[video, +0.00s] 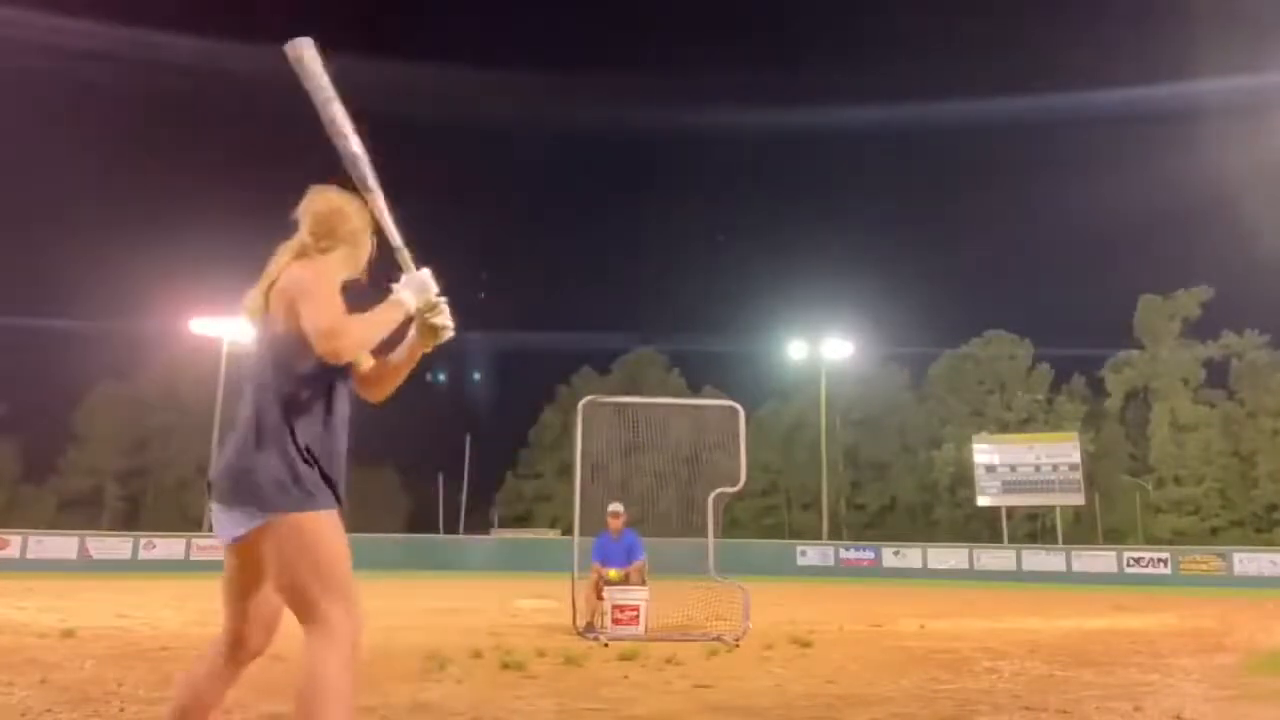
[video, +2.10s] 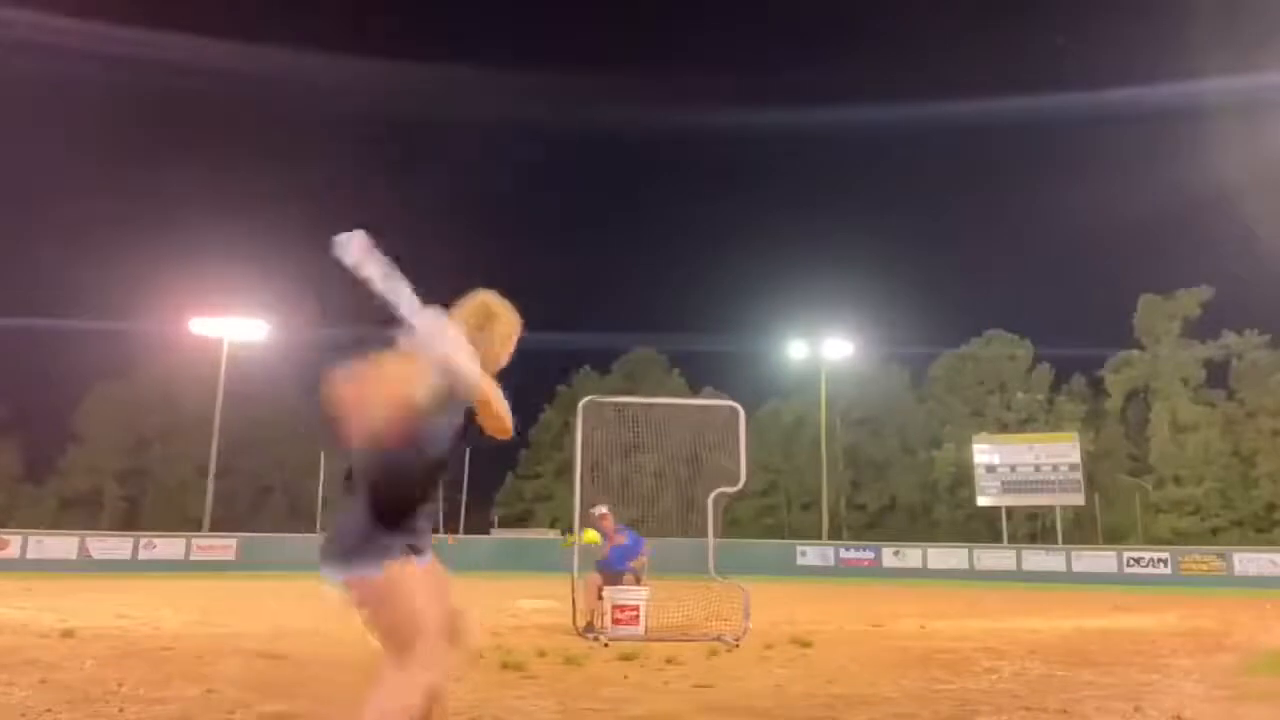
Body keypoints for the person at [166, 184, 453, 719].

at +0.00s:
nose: (369, 254)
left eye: (370, 243)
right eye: (367, 242)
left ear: (311, 231)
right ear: (352, 236)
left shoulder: (294, 285)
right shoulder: (310, 274)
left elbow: (373, 386)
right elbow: (334, 342)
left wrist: (417, 342)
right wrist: (401, 300)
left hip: (249, 476)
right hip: (284, 477)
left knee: (243, 638)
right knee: (335, 624)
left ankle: (179, 713)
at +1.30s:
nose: (413, 274)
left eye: (415, 266)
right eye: (415, 261)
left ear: (363, 233)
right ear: (404, 247)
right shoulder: (354, 266)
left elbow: (420, 386)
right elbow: (363, 335)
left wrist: (465, 335)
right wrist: (436, 301)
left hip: (271, 475)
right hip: (299, 475)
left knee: (287, 635)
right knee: (363, 629)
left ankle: (203, 713)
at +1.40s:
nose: (426, 281)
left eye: (429, 272)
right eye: (427, 267)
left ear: (390, 240)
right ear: (411, 248)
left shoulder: (377, 309)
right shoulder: (353, 268)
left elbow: (424, 391)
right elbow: (365, 333)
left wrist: (470, 348)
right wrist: (445, 309)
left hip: (307, 477)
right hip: (293, 475)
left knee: (332, 634)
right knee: (369, 630)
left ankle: (242, 712)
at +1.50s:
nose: (442, 286)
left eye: (446, 277)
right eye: (443, 272)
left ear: (406, 255)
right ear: (426, 257)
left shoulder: (396, 315)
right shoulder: (362, 272)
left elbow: (427, 398)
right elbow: (353, 335)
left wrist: (468, 358)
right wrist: (446, 318)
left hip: (335, 484)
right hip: (289, 485)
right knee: (369, 629)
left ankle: (298, 709)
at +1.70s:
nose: (460, 293)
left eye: (464, 284)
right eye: (462, 280)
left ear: (421, 258)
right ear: (443, 268)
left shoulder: (423, 324)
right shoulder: (375, 282)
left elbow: (436, 405)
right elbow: (331, 339)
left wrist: (460, 366)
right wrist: (429, 325)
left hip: (355, 488)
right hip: (304, 493)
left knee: (446, 581)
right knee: (376, 628)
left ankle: (379, 706)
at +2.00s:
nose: (509, 333)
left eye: (510, 322)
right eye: (506, 319)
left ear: (474, 317)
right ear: (481, 312)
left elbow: (484, 403)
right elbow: (308, 317)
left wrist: (453, 334)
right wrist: (396, 302)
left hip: (412, 524)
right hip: (349, 523)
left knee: (457, 627)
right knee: (394, 641)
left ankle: (411, 704)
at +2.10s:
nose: (509, 357)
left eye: (510, 347)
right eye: (507, 345)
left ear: (475, 339)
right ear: (486, 338)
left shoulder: (472, 389)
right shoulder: (411, 368)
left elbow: (503, 429)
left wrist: (463, 367)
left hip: (410, 542)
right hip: (368, 544)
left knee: (453, 634)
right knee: (422, 652)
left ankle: (421, 706)